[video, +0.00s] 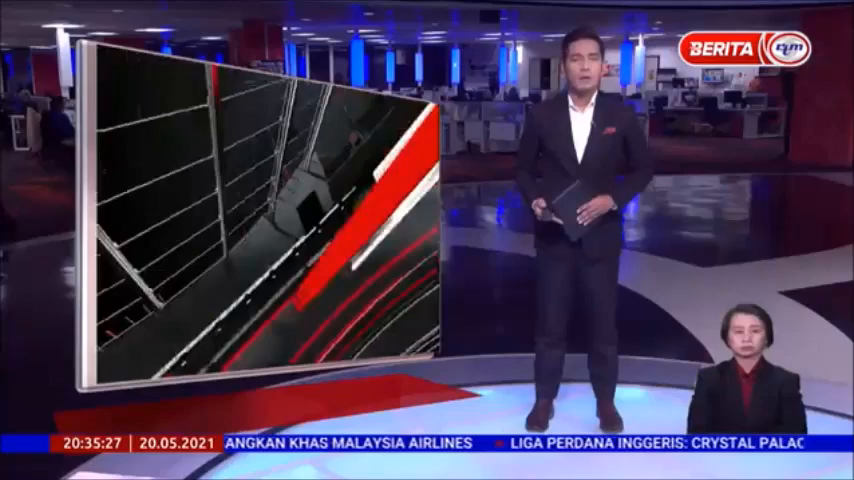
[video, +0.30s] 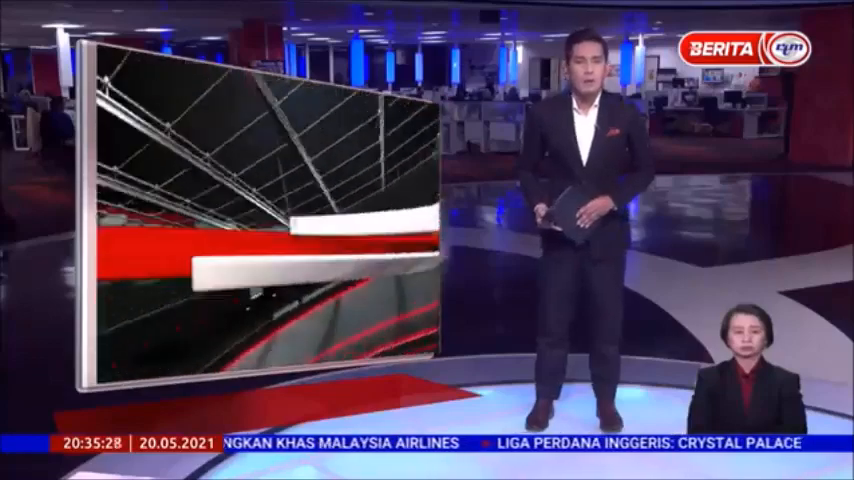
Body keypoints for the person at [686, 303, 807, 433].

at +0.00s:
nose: (747, 338)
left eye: (755, 331)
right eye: (738, 331)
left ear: (766, 337)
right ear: (727, 338)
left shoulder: (786, 382)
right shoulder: (709, 379)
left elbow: (796, 437)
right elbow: (697, 434)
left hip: (771, 464)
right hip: (719, 462)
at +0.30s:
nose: (747, 338)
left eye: (755, 331)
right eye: (738, 332)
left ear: (766, 338)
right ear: (727, 339)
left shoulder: (786, 381)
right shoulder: (709, 379)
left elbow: (796, 436)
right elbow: (697, 434)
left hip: (772, 464)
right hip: (719, 462)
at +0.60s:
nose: (746, 338)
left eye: (755, 330)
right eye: (738, 331)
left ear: (766, 337)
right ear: (727, 338)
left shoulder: (786, 381)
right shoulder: (708, 379)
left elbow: (797, 437)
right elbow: (697, 434)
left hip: (772, 464)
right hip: (720, 463)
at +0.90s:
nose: (746, 337)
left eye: (754, 330)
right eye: (737, 330)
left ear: (766, 337)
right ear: (726, 338)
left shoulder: (785, 382)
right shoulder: (708, 379)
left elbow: (796, 438)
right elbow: (697, 435)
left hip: (771, 465)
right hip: (719, 463)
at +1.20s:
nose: (746, 338)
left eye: (754, 330)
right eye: (737, 331)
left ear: (766, 337)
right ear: (726, 339)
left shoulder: (785, 382)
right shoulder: (708, 379)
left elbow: (796, 438)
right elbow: (698, 436)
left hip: (771, 465)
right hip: (719, 463)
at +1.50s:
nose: (747, 338)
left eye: (755, 330)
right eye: (738, 331)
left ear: (766, 337)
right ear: (726, 339)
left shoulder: (786, 382)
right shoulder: (708, 379)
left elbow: (797, 437)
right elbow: (697, 435)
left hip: (771, 465)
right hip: (719, 463)